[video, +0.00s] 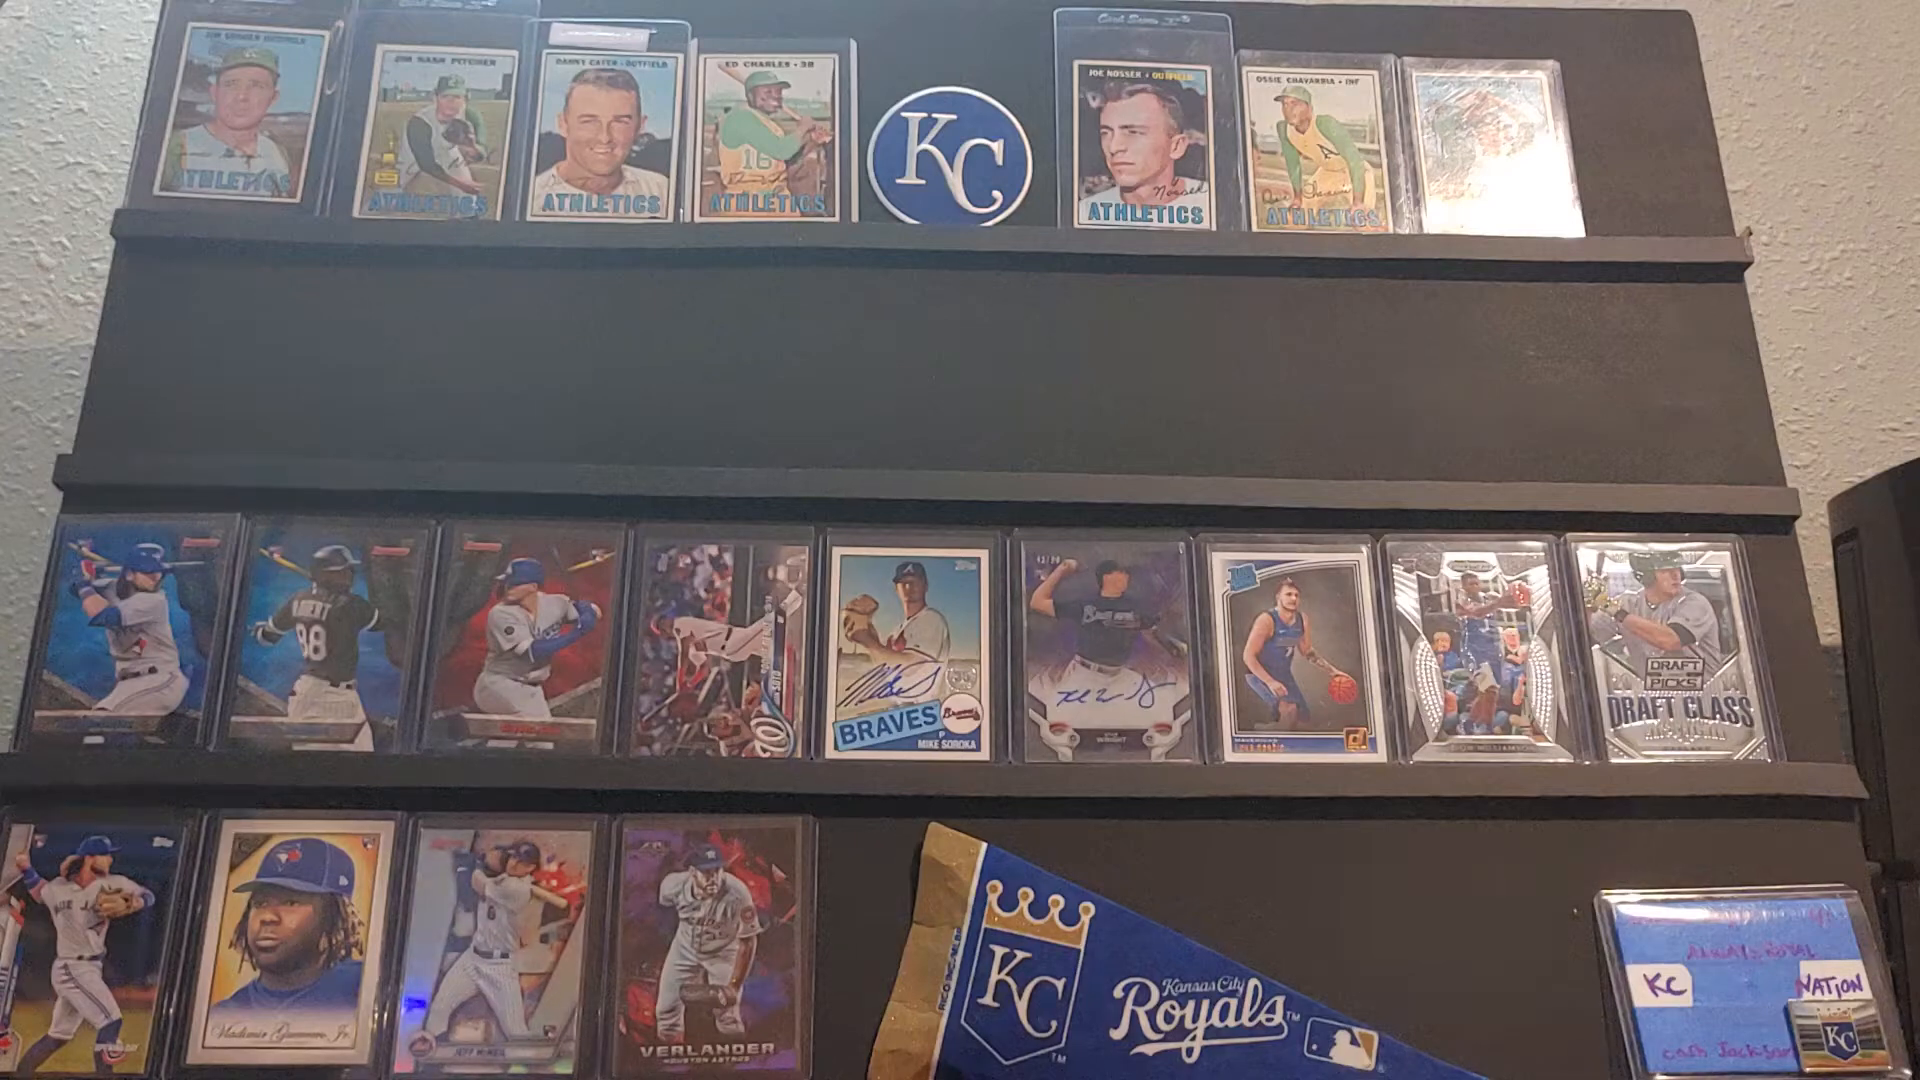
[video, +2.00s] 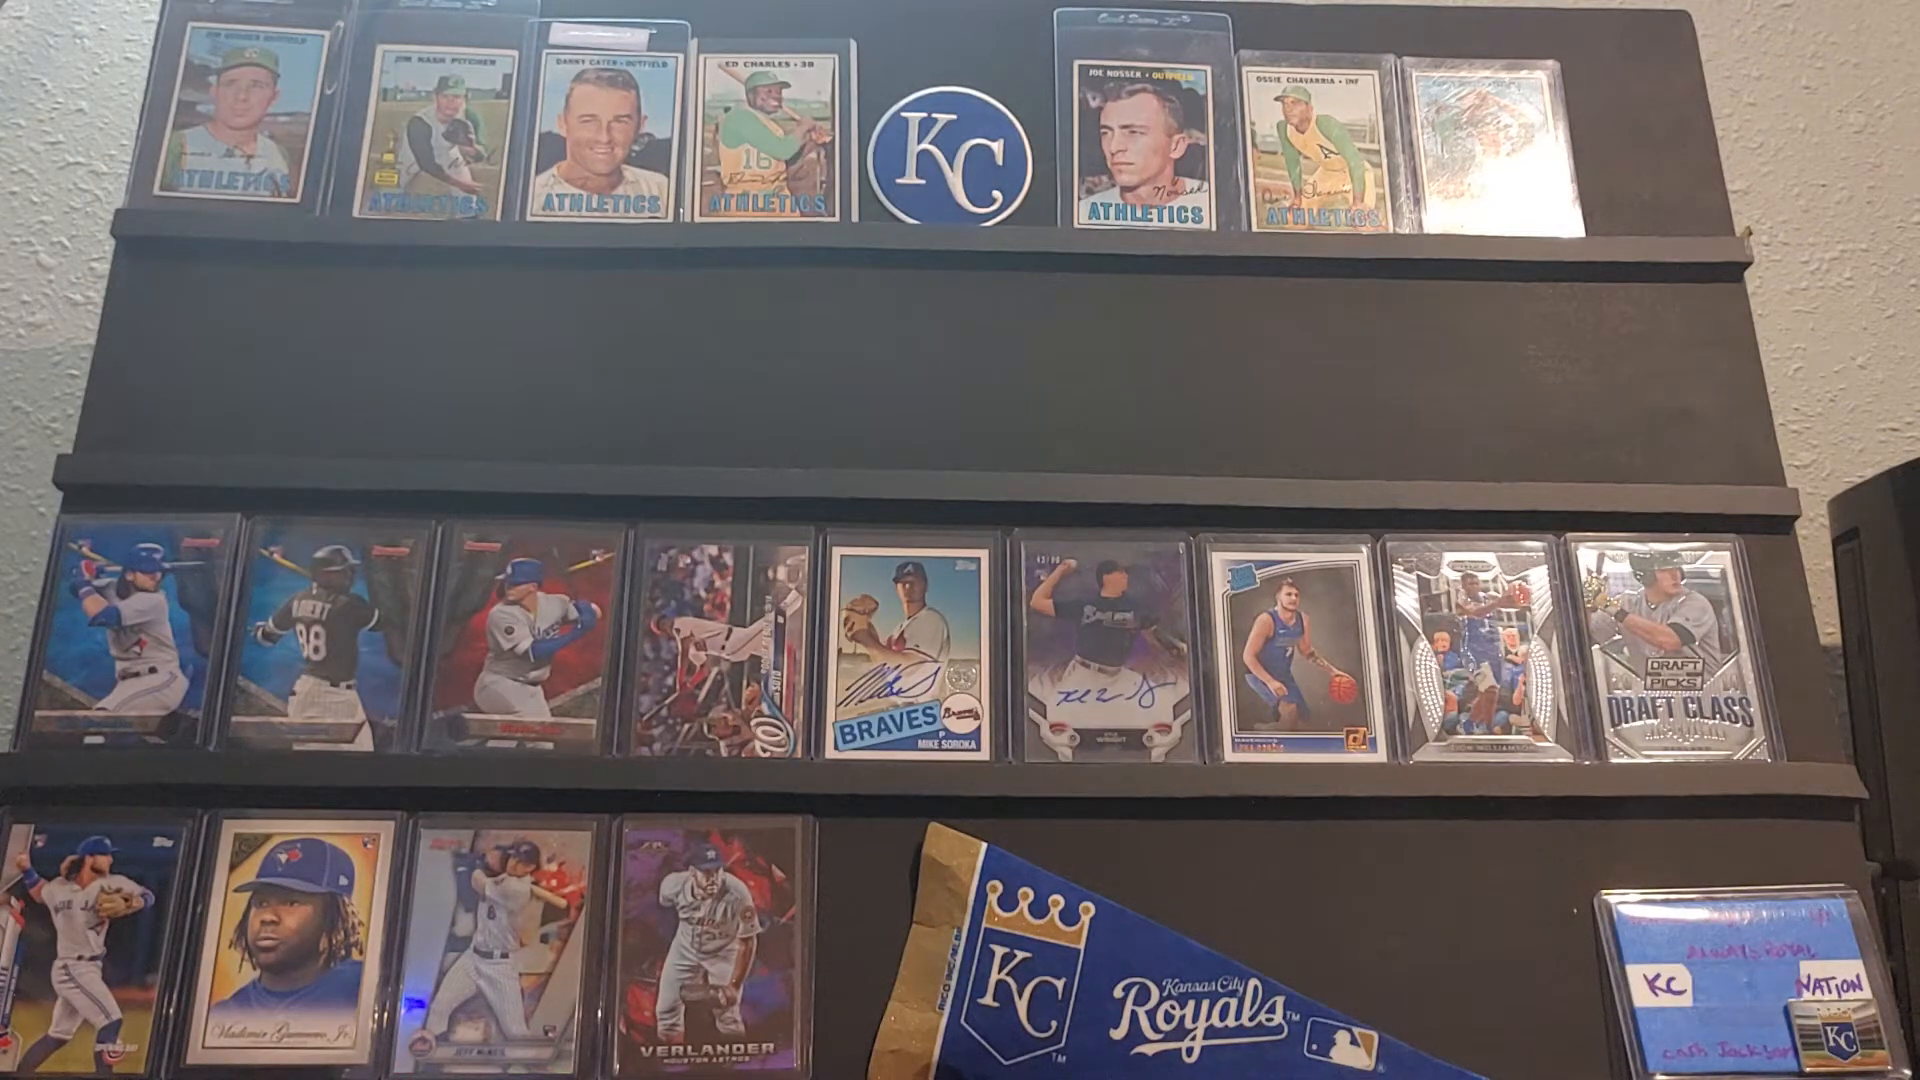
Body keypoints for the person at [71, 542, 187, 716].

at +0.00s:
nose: (156, 577)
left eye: (158, 572)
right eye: (148, 571)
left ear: (162, 573)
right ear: (130, 574)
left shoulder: (154, 600)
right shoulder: (115, 588)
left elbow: (105, 617)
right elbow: (78, 589)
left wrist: (83, 586)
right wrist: (87, 575)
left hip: (162, 679)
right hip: (130, 681)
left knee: (100, 717)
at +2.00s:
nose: (155, 577)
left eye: (158, 572)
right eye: (148, 571)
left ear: (162, 573)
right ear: (130, 574)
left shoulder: (154, 601)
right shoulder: (113, 588)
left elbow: (104, 616)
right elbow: (78, 589)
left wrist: (83, 585)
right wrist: (87, 573)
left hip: (162, 679)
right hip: (129, 682)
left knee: (100, 717)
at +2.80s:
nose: (155, 577)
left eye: (158, 572)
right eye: (148, 571)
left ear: (162, 573)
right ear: (130, 574)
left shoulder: (154, 600)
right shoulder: (114, 588)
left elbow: (105, 617)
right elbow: (79, 589)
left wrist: (83, 586)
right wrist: (87, 573)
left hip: (163, 679)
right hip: (129, 681)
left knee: (101, 716)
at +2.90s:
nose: (155, 577)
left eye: (158, 572)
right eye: (148, 572)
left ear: (162, 573)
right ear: (130, 574)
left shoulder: (154, 600)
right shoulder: (114, 588)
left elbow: (105, 617)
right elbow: (79, 589)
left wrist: (83, 586)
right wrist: (87, 573)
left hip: (163, 679)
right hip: (129, 682)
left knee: (101, 716)